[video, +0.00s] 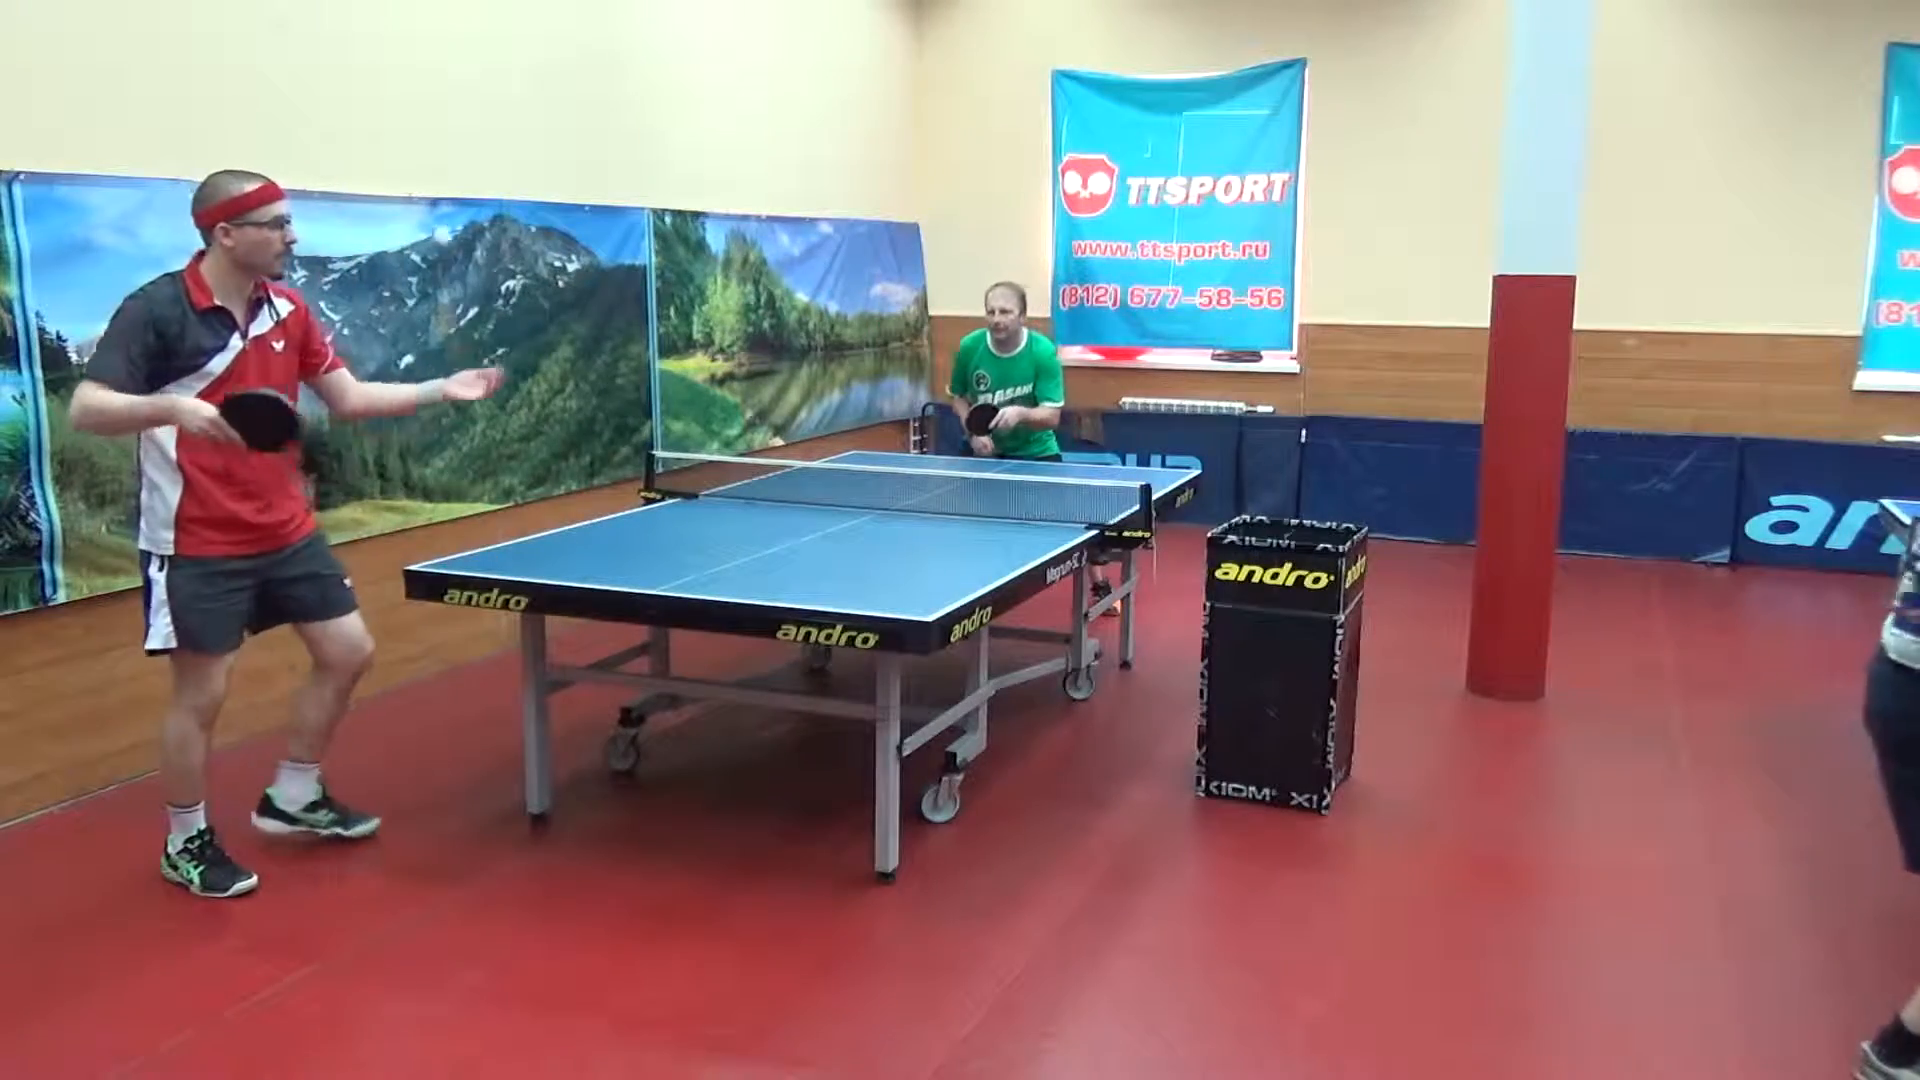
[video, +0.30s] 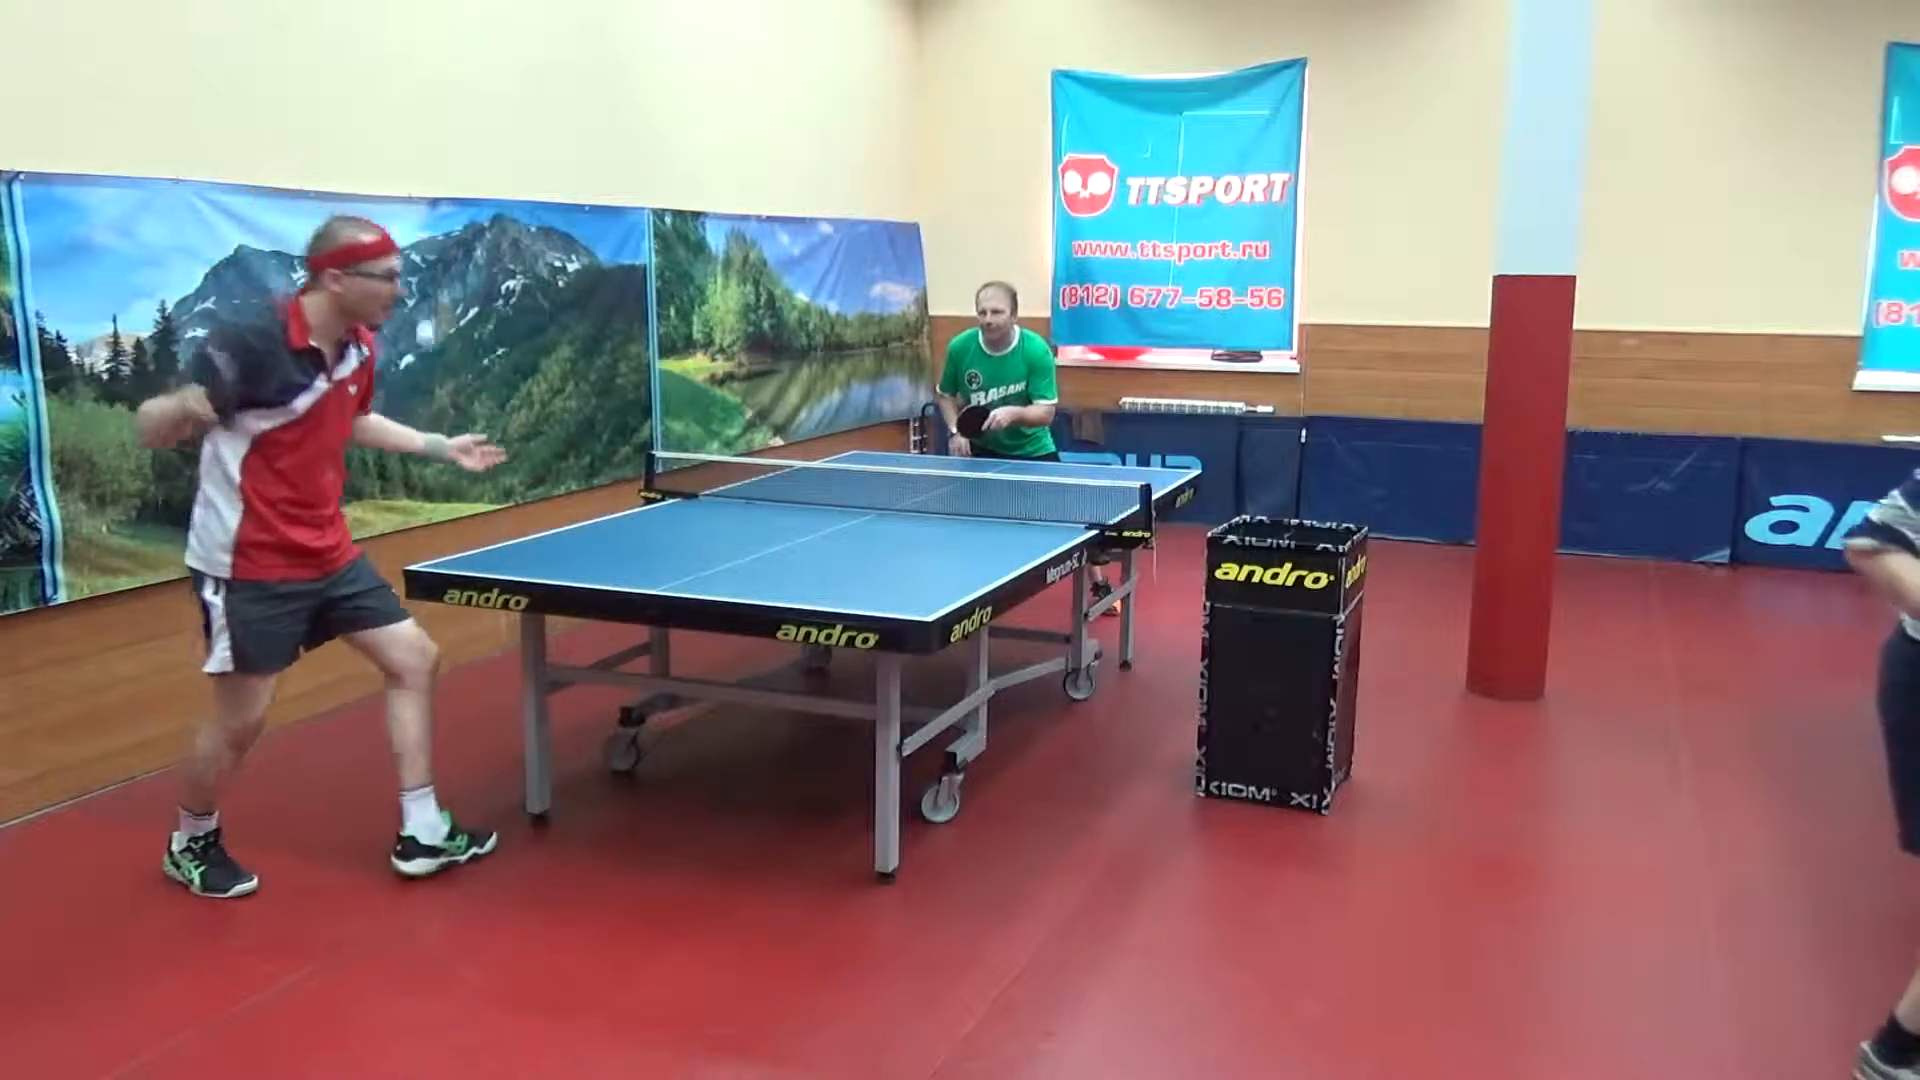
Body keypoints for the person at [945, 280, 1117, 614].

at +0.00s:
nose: (998, 319)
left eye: (1006, 312)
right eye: (992, 312)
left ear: (1023, 316)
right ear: (985, 314)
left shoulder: (1043, 351)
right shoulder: (969, 348)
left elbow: (1051, 416)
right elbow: (958, 396)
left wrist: (1020, 414)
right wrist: (973, 431)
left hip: (1038, 452)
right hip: (991, 454)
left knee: (1075, 512)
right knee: (981, 521)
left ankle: (1100, 585)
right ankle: (973, 597)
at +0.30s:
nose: (989, 320)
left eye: (997, 313)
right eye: (983, 312)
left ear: (1014, 315)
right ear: (976, 314)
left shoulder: (1036, 350)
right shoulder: (959, 349)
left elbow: (1045, 413)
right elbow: (946, 394)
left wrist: (1014, 414)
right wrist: (956, 430)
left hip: (1035, 452)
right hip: (984, 453)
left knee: (1070, 513)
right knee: (970, 520)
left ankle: (1099, 584)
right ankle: (966, 596)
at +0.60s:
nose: (998, 314)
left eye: (1006, 307)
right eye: (992, 308)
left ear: (1022, 310)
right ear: (984, 309)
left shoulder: (1042, 346)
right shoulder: (966, 344)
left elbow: (1055, 407)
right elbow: (953, 391)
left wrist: (1021, 411)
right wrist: (962, 429)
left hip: (1037, 450)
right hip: (987, 450)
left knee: (1070, 513)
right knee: (974, 519)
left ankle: (1100, 584)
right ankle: (969, 594)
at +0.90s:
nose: (972, 340)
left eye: (980, 333)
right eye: (966, 332)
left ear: (999, 330)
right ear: (961, 330)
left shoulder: (1024, 360)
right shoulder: (951, 359)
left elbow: (1050, 421)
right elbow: (933, 405)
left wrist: (1003, 434)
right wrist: (929, 441)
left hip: (1024, 461)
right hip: (970, 463)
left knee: (1064, 512)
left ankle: (1097, 583)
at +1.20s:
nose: (942, 338)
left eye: (950, 330)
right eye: (938, 330)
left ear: (970, 329)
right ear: (933, 328)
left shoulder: (992, 362)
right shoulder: (934, 356)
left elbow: (989, 421)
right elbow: (927, 403)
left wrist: (954, 418)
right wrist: (920, 438)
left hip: (1010, 457)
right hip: (963, 458)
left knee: (1052, 515)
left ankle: (1096, 583)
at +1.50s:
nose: (952, 311)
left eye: (961, 304)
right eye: (948, 304)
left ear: (982, 307)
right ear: (945, 307)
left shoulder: (1005, 344)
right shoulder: (940, 345)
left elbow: (1005, 405)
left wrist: (954, 409)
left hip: (1015, 454)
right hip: (963, 454)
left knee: (1050, 518)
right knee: (956, 525)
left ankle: (1088, 587)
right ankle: (962, 600)